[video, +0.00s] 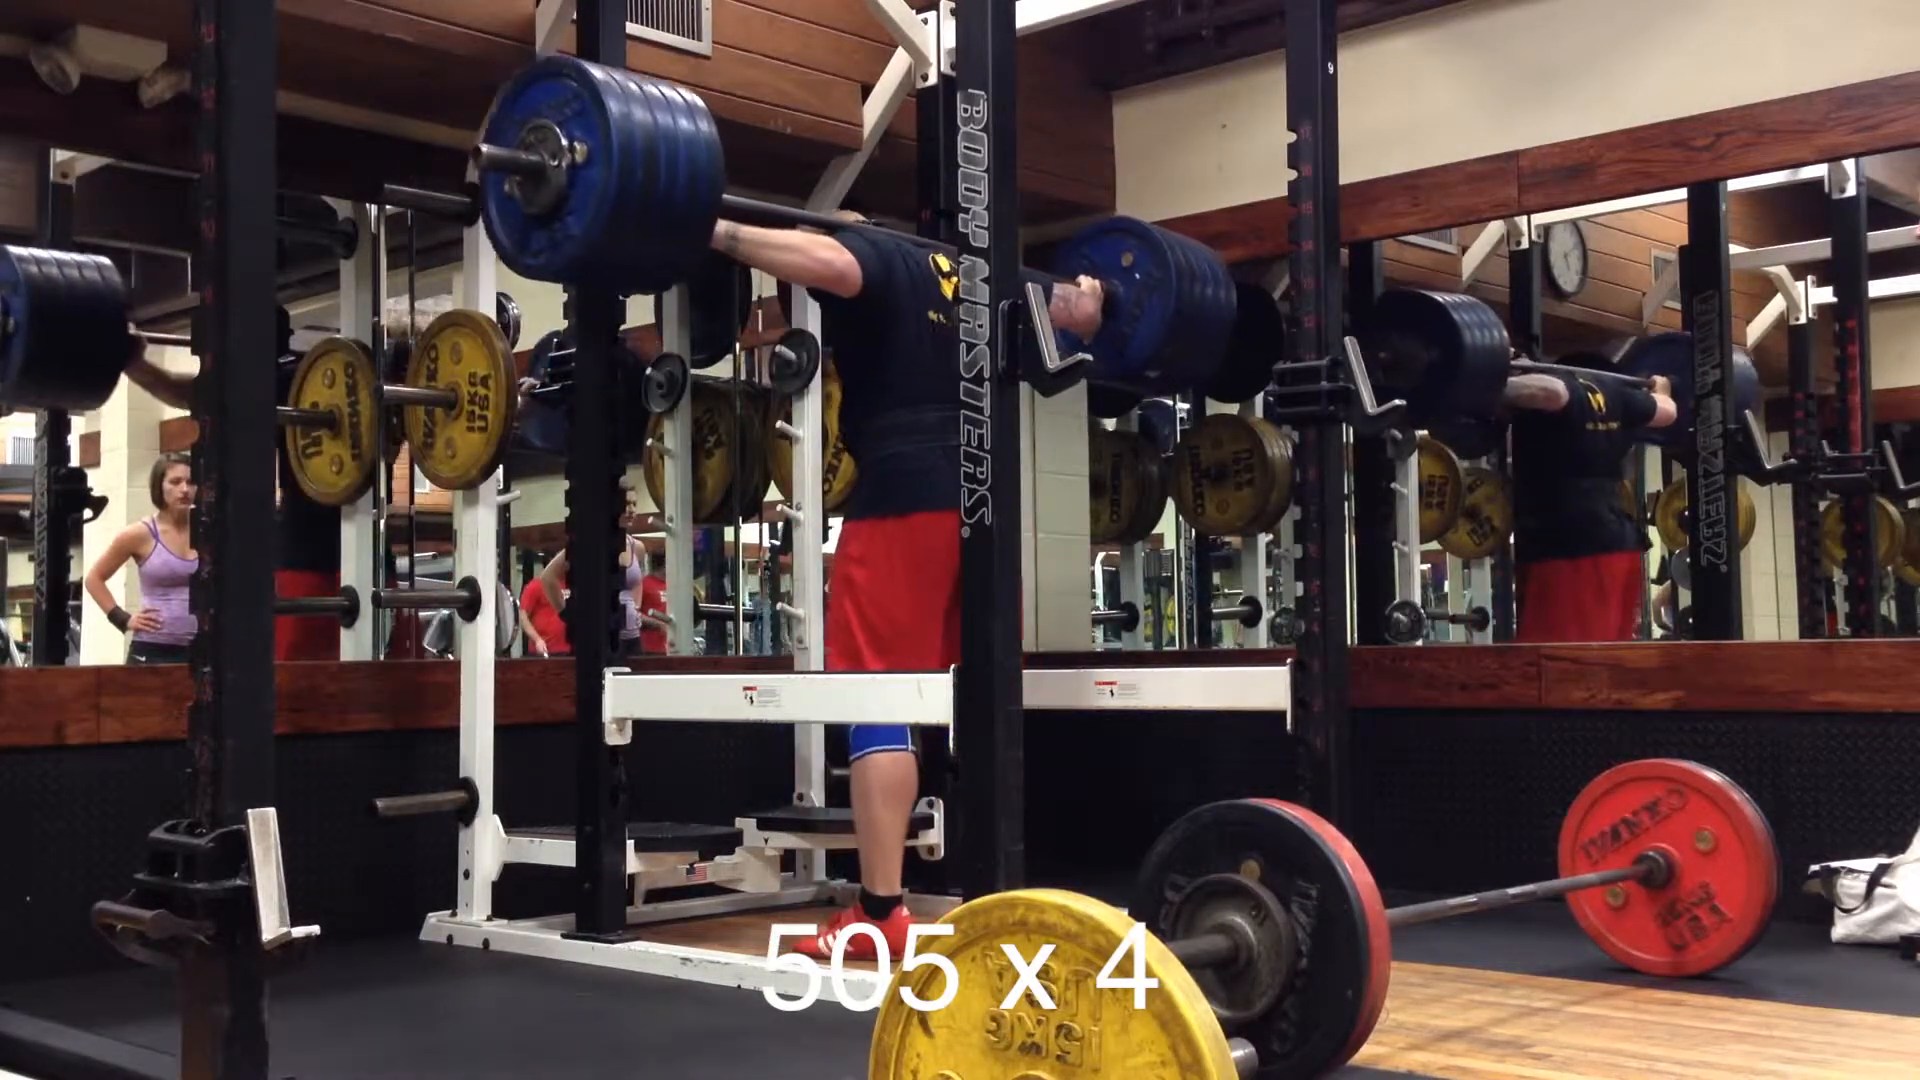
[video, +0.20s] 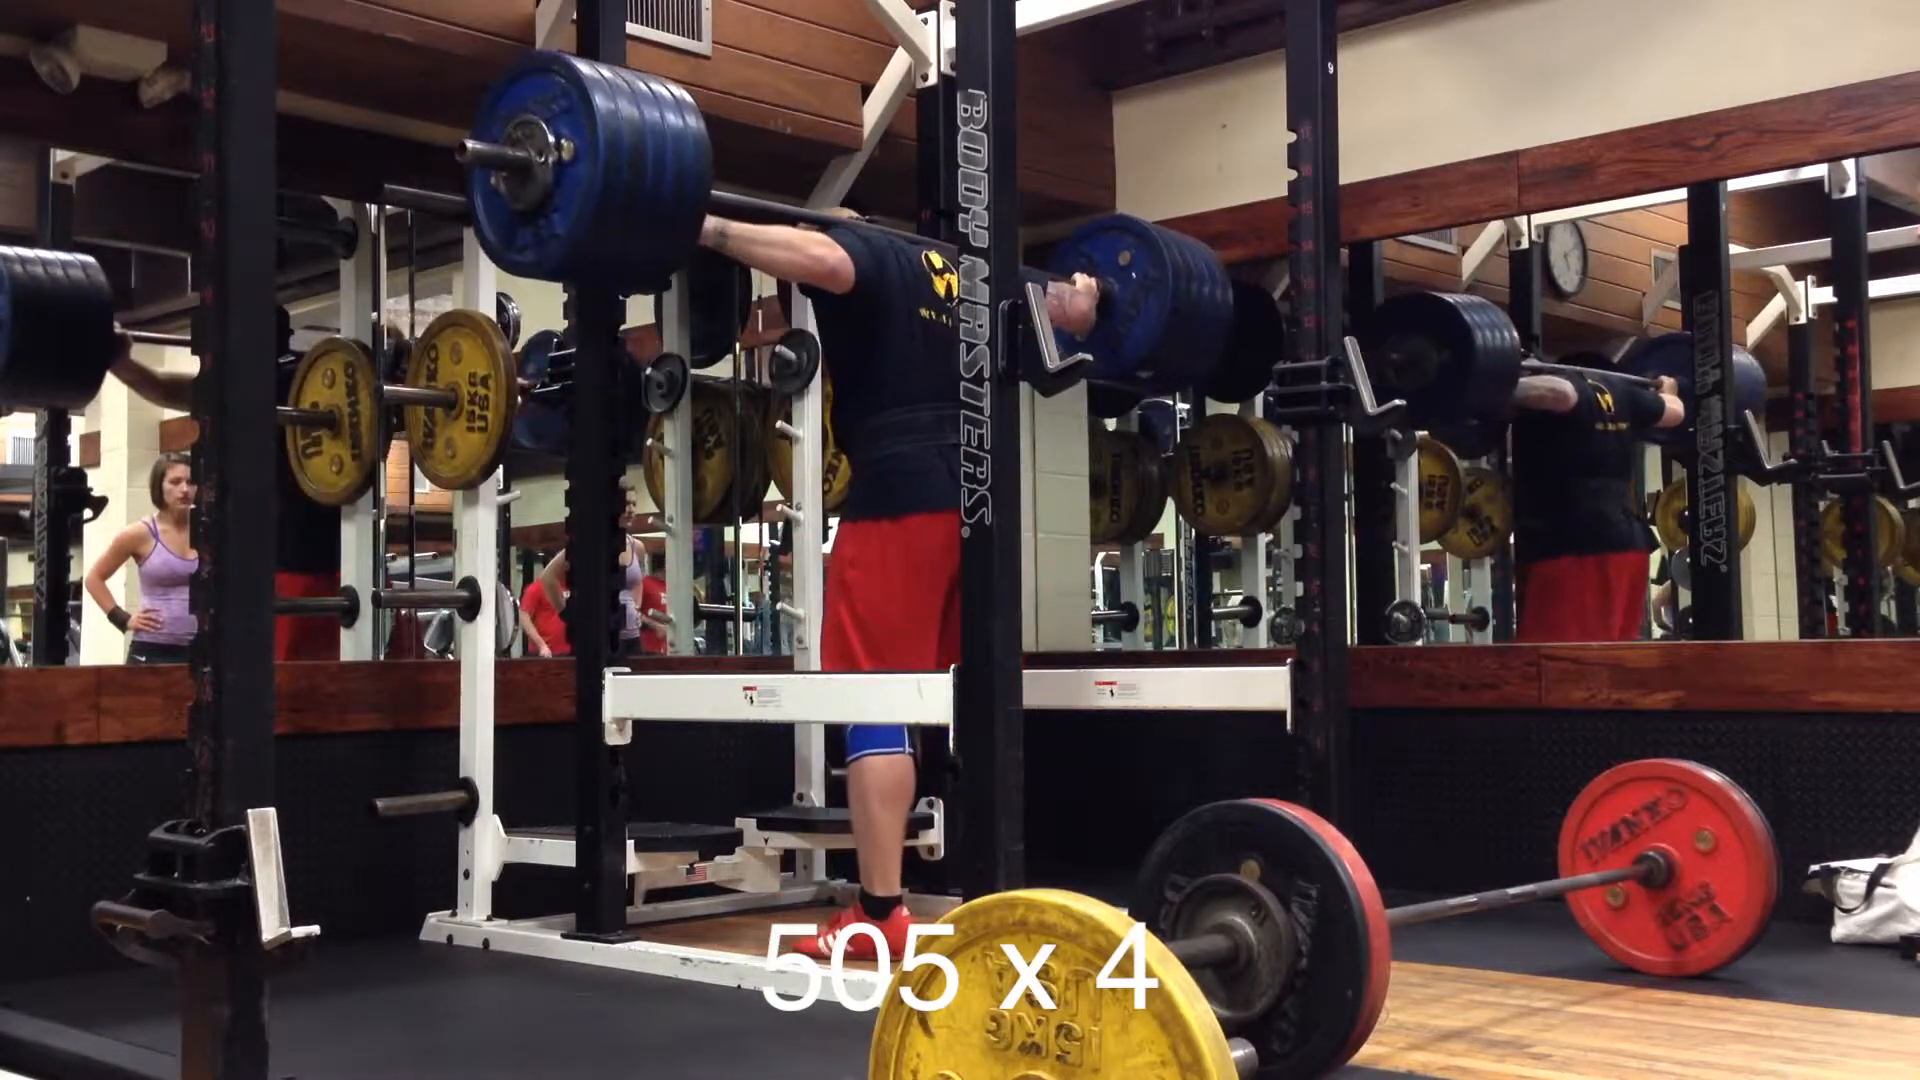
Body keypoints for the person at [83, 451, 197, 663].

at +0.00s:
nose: (185, 489)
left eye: (190, 482)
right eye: (175, 482)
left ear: (198, 487)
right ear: (159, 487)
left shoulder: (204, 528)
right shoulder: (140, 534)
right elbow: (93, 579)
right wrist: (124, 620)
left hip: (199, 648)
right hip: (153, 648)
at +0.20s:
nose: (185, 489)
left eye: (190, 482)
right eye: (175, 482)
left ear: (198, 487)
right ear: (159, 487)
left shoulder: (204, 528)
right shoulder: (140, 534)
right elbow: (93, 579)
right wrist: (124, 620)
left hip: (199, 648)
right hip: (153, 648)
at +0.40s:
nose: (185, 489)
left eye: (190, 482)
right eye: (175, 482)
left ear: (198, 487)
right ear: (159, 487)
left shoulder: (203, 528)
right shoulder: (140, 533)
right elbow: (93, 578)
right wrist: (124, 620)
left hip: (199, 648)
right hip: (153, 648)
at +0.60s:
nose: (185, 489)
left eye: (190, 482)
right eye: (175, 482)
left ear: (198, 487)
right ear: (159, 487)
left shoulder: (203, 528)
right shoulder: (140, 533)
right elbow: (93, 578)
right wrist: (124, 620)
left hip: (199, 648)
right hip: (153, 648)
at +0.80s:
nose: (185, 489)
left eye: (191, 482)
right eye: (176, 482)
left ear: (199, 487)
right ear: (159, 487)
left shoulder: (204, 529)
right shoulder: (140, 534)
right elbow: (93, 579)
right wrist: (124, 620)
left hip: (199, 648)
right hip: (153, 648)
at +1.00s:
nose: (186, 489)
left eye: (191, 482)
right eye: (176, 482)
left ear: (199, 487)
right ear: (159, 487)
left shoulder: (204, 529)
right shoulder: (141, 534)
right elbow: (93, 579)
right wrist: (123, 619)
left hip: (199, 648)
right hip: (153, 648)